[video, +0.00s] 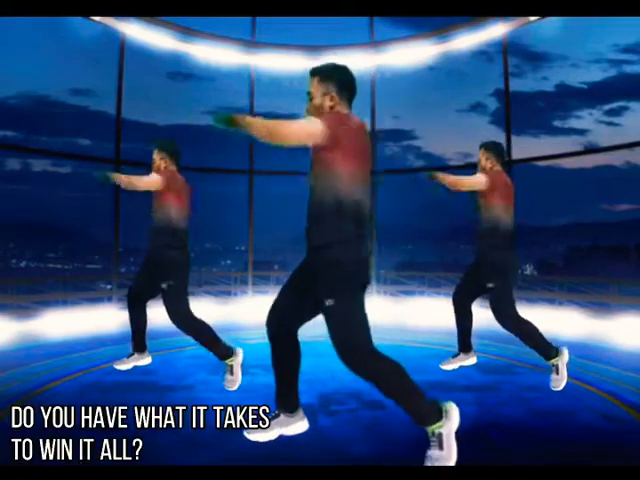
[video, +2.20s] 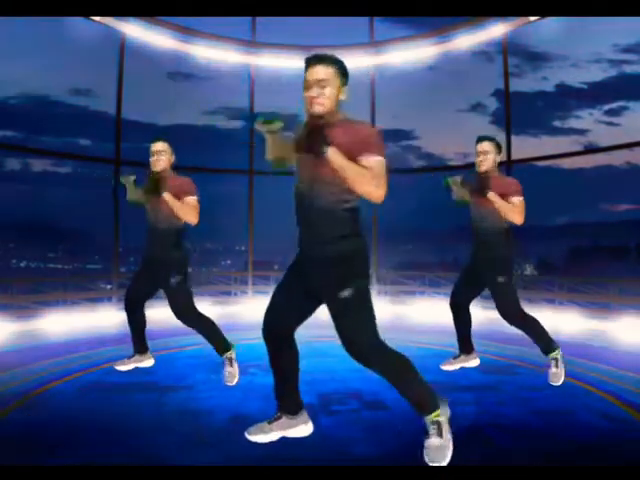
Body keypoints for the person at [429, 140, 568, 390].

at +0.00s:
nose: (479, 162)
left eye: (481, 158)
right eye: (480, 158)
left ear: (490, 160)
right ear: (497, 161)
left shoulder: (492, 178)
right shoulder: (502, 180)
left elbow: (457, 184)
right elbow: (464, 184)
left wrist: (440, 176)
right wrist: (443, 178)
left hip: (496, 259)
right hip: (493, 257)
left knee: (505, 316)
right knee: (461, 299)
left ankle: (555, 357)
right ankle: (465, 352)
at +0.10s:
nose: (478, 164)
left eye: (481, 160)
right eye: (478, 160)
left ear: (490, 160)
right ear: (495, 161)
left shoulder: (493, 178)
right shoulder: (500, 180)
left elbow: (456, 182)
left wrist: (436, 174)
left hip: (498, 259)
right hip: (491, 258)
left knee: (511, 315)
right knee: (459, 299)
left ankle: (559, 358)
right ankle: (465, 353)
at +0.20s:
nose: (474, 162)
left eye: (478, 158)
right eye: (473, 158)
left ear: (490, 158)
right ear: (479, 160)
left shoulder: (504, 179)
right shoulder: (479, 181)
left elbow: (500, 195)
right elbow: (470, 210)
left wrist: (479, 178)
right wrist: (469, 190)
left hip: (502, 255)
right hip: (483, 255)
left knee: (516, 310)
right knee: (461, 300)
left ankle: (558, 358)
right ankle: (465, 353)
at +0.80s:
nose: (493, 158)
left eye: (497, 152)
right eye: (488, 154)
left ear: (508, 153)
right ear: (485, 158)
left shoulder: (523, 179)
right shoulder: (482, 189)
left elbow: (535, 207)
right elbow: (463, 216)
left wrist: (512, 181)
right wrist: (456, 189)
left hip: (518, 259)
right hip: (487, 259)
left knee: (535, 311)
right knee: (468, 305)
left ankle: (542, 361)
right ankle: (465, 352)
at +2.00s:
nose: (500, 156)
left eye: (505, 151)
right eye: (496, 152)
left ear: (514, 154)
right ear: (490, 155)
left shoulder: (526, 182)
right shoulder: (477, 180)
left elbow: (538, 212)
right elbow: (448, 191)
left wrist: (517, 187)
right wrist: (434, 179)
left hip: (516, 259)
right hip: (485, 256)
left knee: (531, 314)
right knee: (460, 302)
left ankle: (539, 365)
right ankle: (467, 353)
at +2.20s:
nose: (480, 158)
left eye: (486, 153)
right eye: (478, 154)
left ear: (498, 157)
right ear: (475, 157)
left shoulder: (509, 185)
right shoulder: (476, 184)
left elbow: (518, 217)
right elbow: (467, 198)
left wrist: (496, 200)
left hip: (500, 257)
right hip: (481, 256)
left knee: (510, 312)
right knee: (458, 301)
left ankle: (554, 354)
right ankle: (467, 353)